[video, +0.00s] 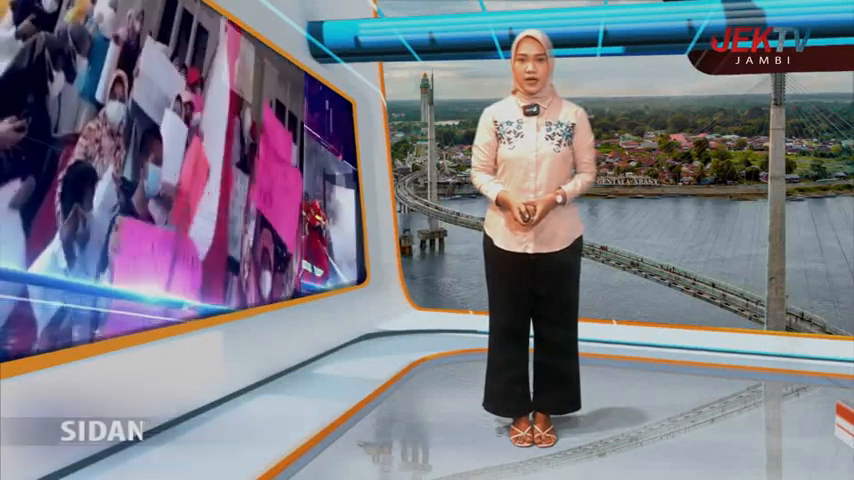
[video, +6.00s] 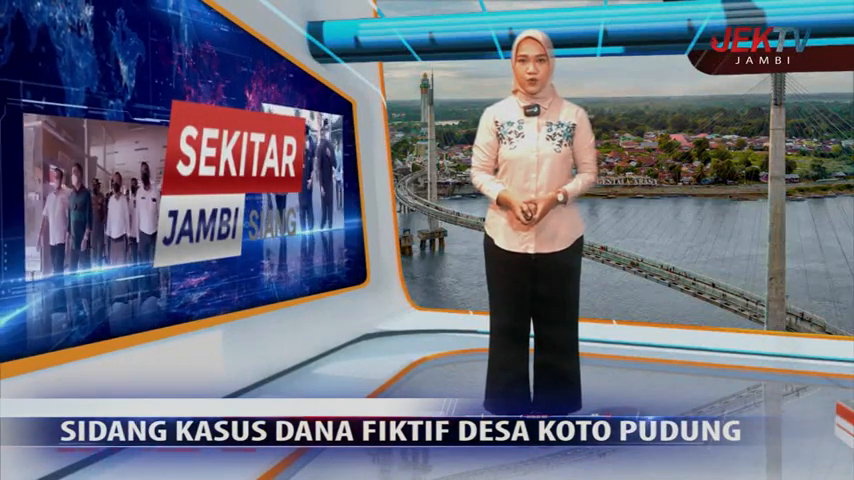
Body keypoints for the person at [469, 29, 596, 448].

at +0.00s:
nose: (531, 67)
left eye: (539, 59)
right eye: (523, 59)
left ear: (551, 64)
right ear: (512, 64)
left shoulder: (573, 115)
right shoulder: (494, 115)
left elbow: (587, 173)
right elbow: (480, 172)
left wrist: (555, 199)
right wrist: (506, 199)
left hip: (558, 241)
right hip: (506, 242)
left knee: (554, 328)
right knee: (510, 328)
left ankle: (543, 413)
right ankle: (519, 414)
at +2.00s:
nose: (532, 67)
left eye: (540, 59)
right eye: (523, 59)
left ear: (552, 65)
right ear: (513, 65)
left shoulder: (574, 116)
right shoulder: (495, 116)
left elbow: (587, 174)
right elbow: (481, 172)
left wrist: (554, 199)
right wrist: (509, 201)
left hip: (559, 244)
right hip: (506, 245)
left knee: (558, 338)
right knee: (508, 337)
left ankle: (557, 422)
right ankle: (506, 423)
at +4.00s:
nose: (531, 67)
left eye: (539, 60)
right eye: (523, 60)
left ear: (551, 65)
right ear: (512, 65)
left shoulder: (573, 115)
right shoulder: (494, 116)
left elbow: (587, 171)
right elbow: (479, 171)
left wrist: (561, 185)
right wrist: (506, 198)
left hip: (559, 241)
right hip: (507, 242)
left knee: (558, 337)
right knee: (507, 336)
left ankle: (558, 421)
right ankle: (506, 421)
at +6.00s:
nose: (532, 67)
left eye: (540, 60)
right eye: (523, 60)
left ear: (552, 65)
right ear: (513, 65)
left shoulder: (574, 116)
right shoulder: (494, 116)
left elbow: (588, 173)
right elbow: (480, 172)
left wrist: (553, 198)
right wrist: (508, 200)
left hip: (559, 243)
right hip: (506, 244)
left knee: (558, 337)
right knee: (508, 335)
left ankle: (557, 421)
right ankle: (506, 421)